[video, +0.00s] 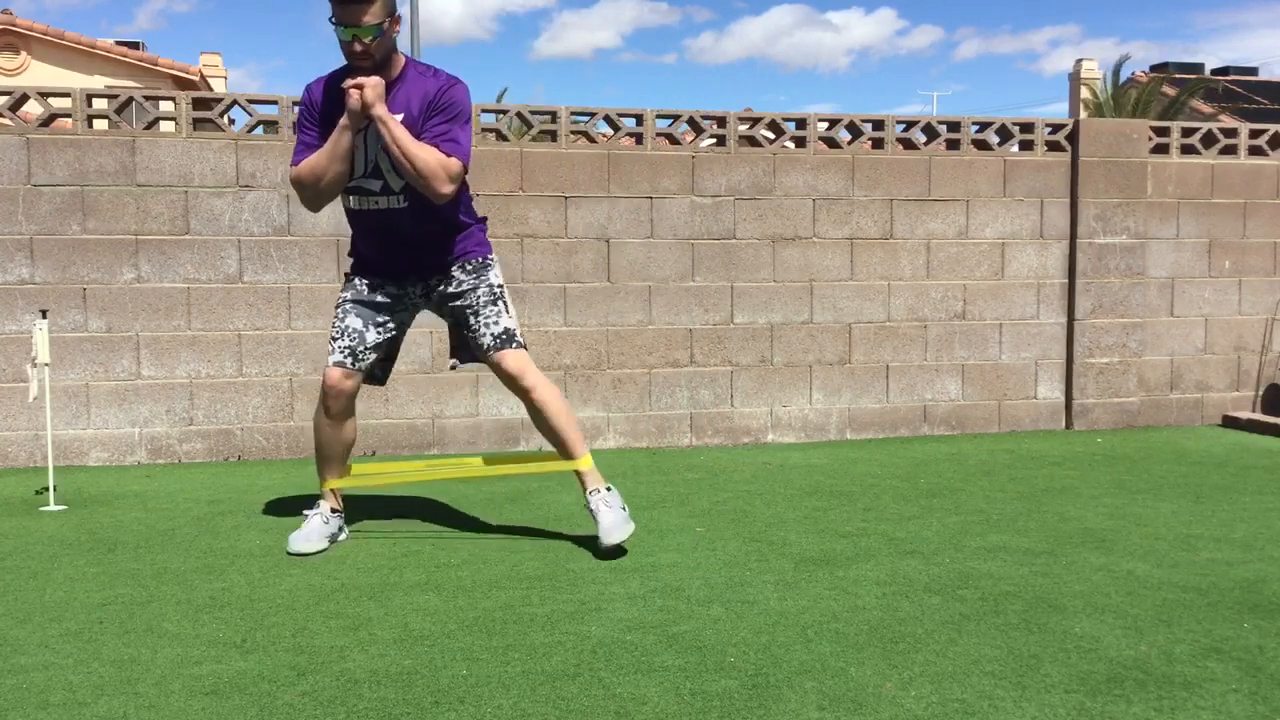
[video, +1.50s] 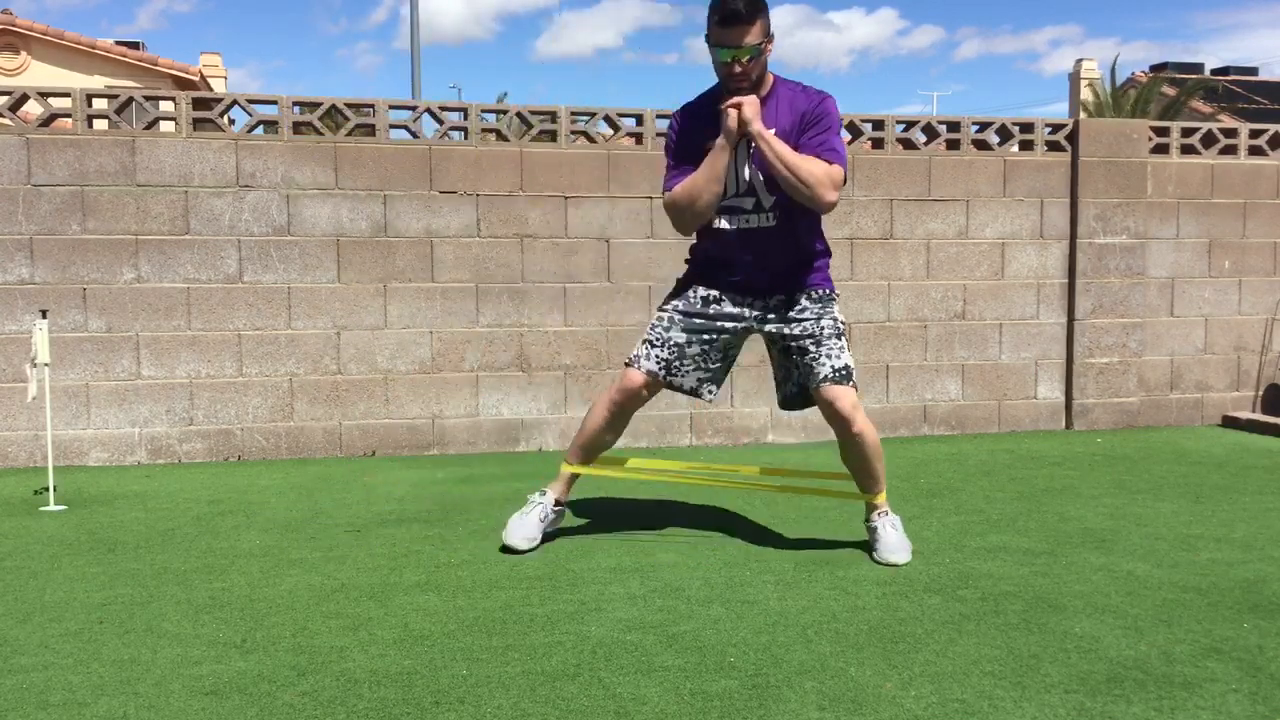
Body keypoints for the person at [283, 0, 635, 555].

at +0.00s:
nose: (355, 43)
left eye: (367, 31)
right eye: (345, 31)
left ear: (395, 24)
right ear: (332, 26)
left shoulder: (443, 91)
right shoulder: (322, 96)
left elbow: (443, 184)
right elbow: (311, 195)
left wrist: (381, 115)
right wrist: (350, 123)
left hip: (455, 257)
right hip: (377, 264)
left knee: (512, 365)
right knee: (336, 383)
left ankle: (596, 489)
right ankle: (329, 508)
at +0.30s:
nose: (471, 62)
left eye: (483, 49)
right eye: (460, 50)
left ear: (506, 42)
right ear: (447, 47)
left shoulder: (554, 110)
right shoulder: (437, 118)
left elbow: (559, 197)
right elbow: (424, 213)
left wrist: (496, 133)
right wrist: (466, 139)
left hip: (554, 284)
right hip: (472, 285)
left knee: (604, 394)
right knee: (400, 394)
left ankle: (664, 510)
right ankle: (339, 506)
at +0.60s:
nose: (560, 34)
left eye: (572, 21)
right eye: (549, 22)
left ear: (596, 14)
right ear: (538, 19)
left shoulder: (640, 80)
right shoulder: (519, 86)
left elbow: (641, 170)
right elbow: (513, 187)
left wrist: (582, 100)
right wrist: (553, 108)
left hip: (626, 256)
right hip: (549, 251)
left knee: (644, 381)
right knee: (486, 359)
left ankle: (669, 508)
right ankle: (472, 482)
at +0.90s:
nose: (570, 41)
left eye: (582, 30)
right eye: (559, 30)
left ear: (607, 22)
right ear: (546, 25)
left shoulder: (645, 91)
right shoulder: (526, 94)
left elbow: (642, 184)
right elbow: (515, 192)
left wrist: (587, 113)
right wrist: (556, 120)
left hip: (635, 262)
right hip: (559, 261)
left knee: (652, 381)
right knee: (519, 384)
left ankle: (672, 506)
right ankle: (522, 505)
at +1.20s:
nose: (595, 43)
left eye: (608, 31)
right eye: (584, 31)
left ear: (634, 22)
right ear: (572, 24)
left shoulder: (677, 88)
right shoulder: (557, 96)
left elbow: (682, 178)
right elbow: (542, 195)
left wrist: (620, 114)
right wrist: (587, 120)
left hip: (687, 260)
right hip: (606, 267)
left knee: (753, 372)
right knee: (555, 385)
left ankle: (834, 490)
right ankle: (527, 505)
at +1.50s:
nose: (736, 65)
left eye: (747, 52)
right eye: (723, 53)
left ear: (768, 42)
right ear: (708, 46)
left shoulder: (811, 107)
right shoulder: (692, 119)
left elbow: (824, 194)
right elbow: (684, 217)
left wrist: (758, 134)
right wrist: (727, 141)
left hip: (799, 285)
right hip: (713, 282)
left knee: (843, 406)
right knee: (631, 385)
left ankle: (881, 514)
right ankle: (553, 497)